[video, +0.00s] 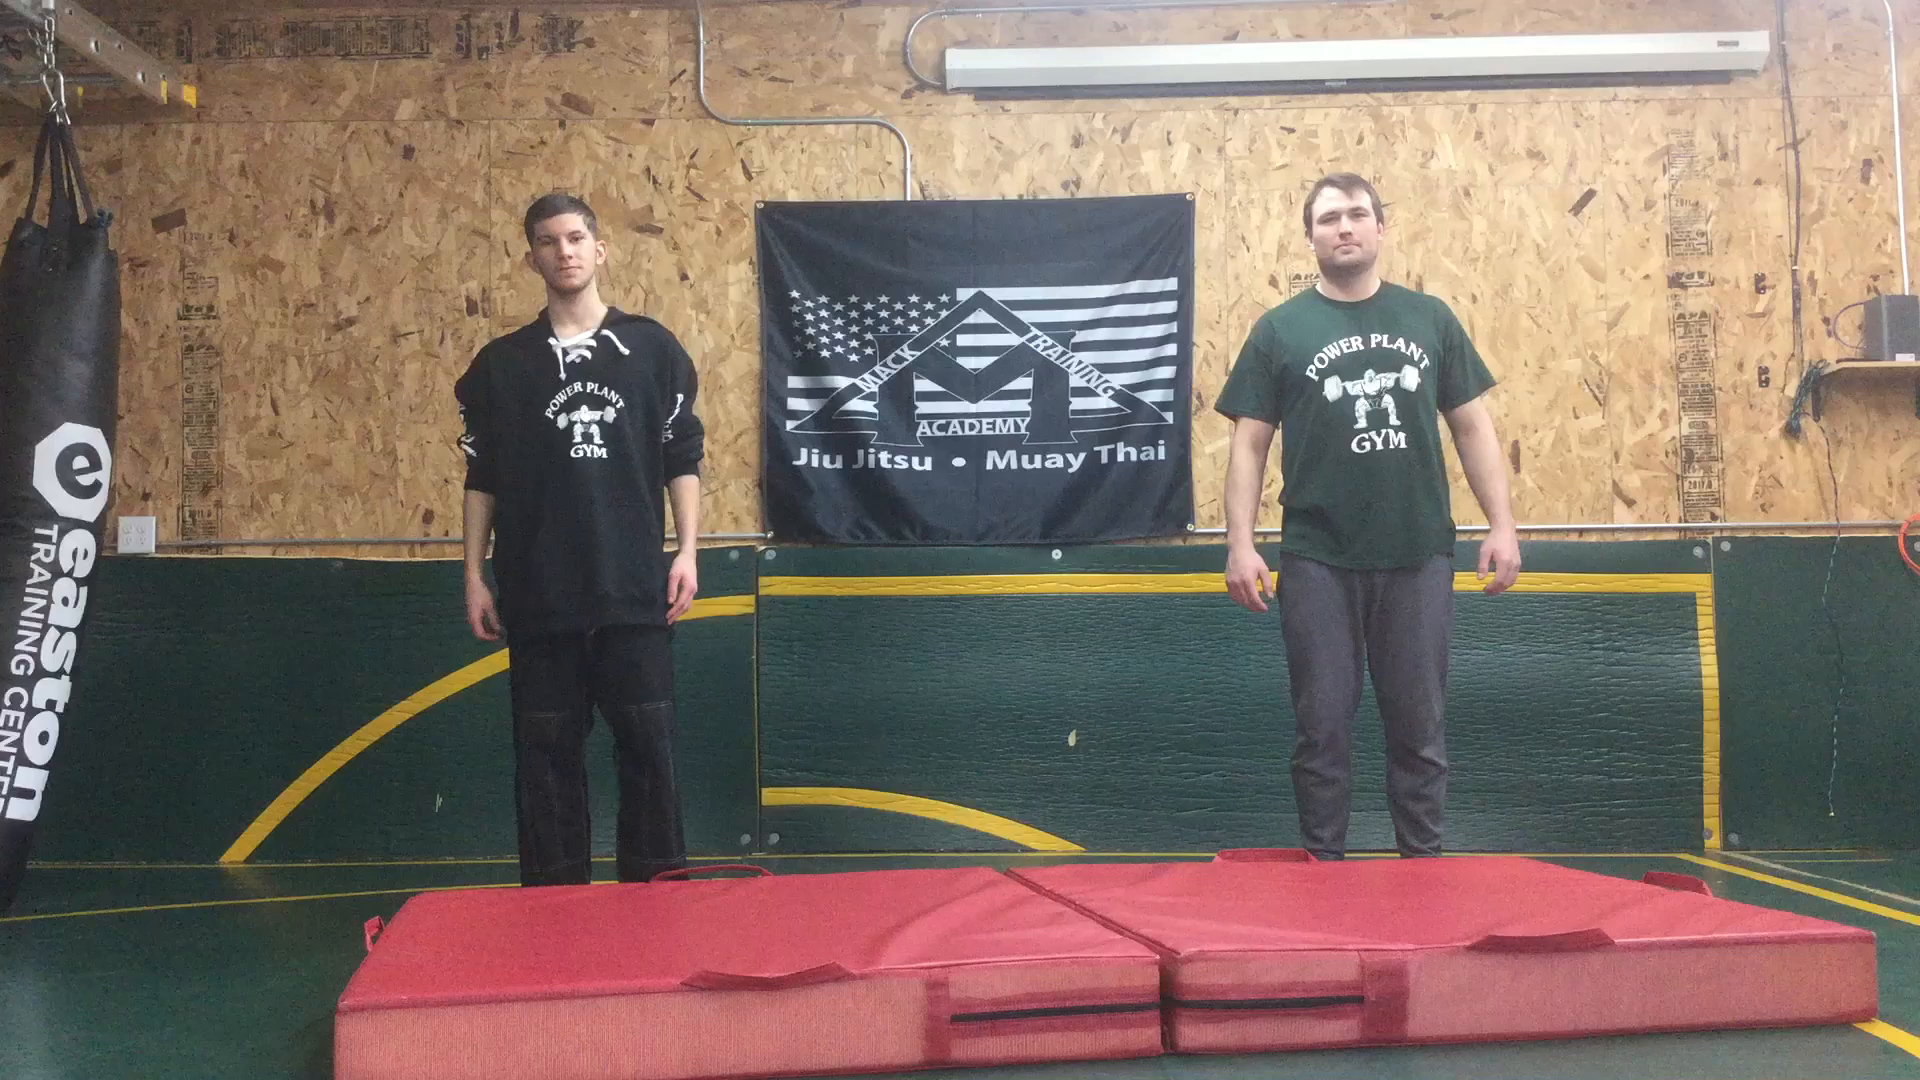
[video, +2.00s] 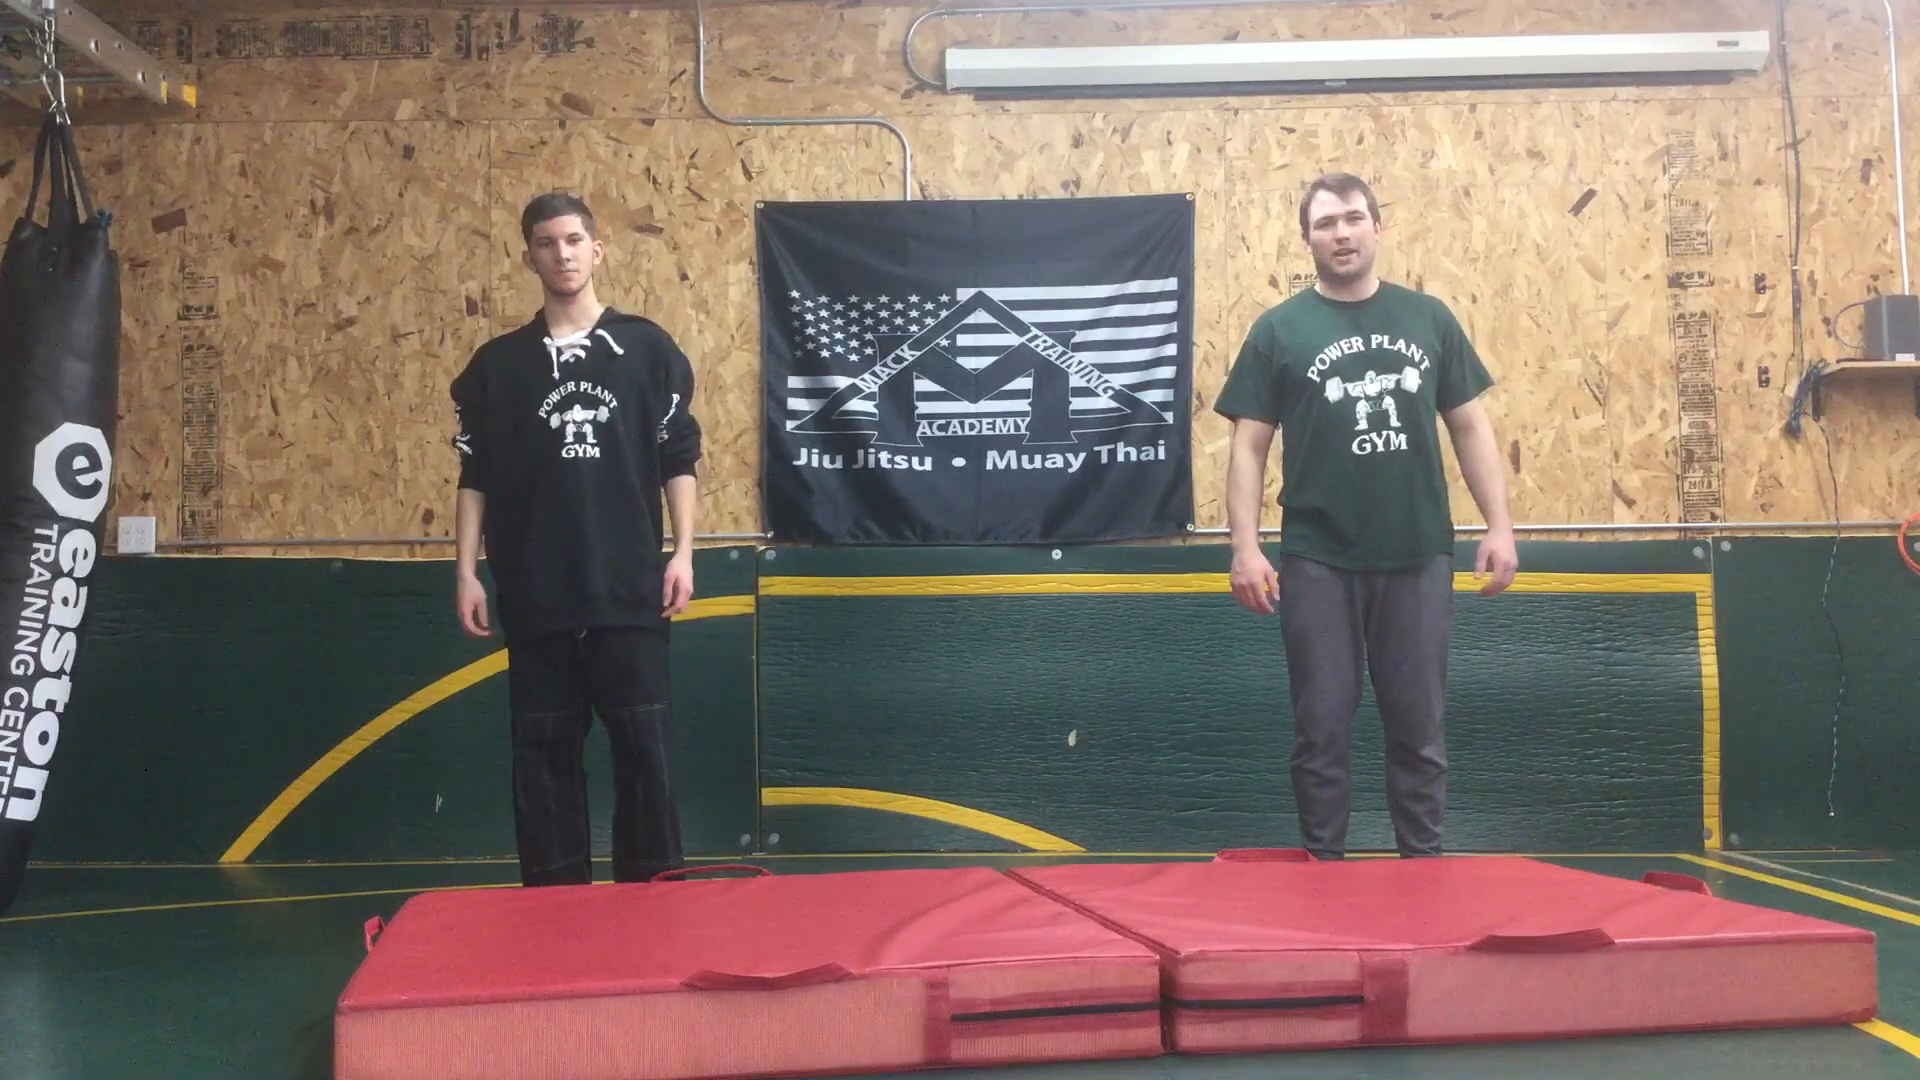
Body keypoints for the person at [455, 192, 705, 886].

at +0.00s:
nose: (564, 252)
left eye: (575, 238)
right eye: (549, 243)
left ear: (599, 249)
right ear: (533, 259)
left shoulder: (652, 347)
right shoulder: (498, 363)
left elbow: (683, 457)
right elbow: (481, 476)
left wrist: (688, 549)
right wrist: (475, 573)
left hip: (633, 583)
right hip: (537, 587)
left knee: (649, 753)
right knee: (547, 761)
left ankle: (655, 905)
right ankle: (554, 910)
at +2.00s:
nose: (563, 254)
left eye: (574, 240)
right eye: (547, 244)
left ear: (596, 249)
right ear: (530, 258)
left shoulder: (647, 347)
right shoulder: (494, 364)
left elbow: (679, 458)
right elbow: (474, 476)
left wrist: (683, 550)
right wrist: (467, 570)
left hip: (629, 583)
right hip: (533, 589)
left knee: (644, 754)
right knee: (544, 761)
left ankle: (653, 904)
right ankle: (554, 910)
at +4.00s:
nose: (557, 257)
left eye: (568, 242)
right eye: (542, 247)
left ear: (591, 250)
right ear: (525, 260)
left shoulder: (642, 347)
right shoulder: (489, 364)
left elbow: (674, 457)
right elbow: (471, 476)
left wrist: (678, 552)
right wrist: (460, 569)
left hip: (625, 582)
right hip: (530, 589)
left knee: (642, 750)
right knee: (542, 759)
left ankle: (652, 901)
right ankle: (553, 908)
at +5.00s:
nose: (556, 258)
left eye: (567, 243)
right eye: (540, 248)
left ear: (589, 250)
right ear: (523, 261)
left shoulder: (642, 347)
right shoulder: (488, 366)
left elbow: (671, 459)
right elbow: (472, 478)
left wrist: (677, 551)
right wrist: (463, 574)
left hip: (625, 584)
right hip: (529, 591)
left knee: (643, 754)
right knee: (542, 763)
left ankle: (652, 904)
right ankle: (554, 912)